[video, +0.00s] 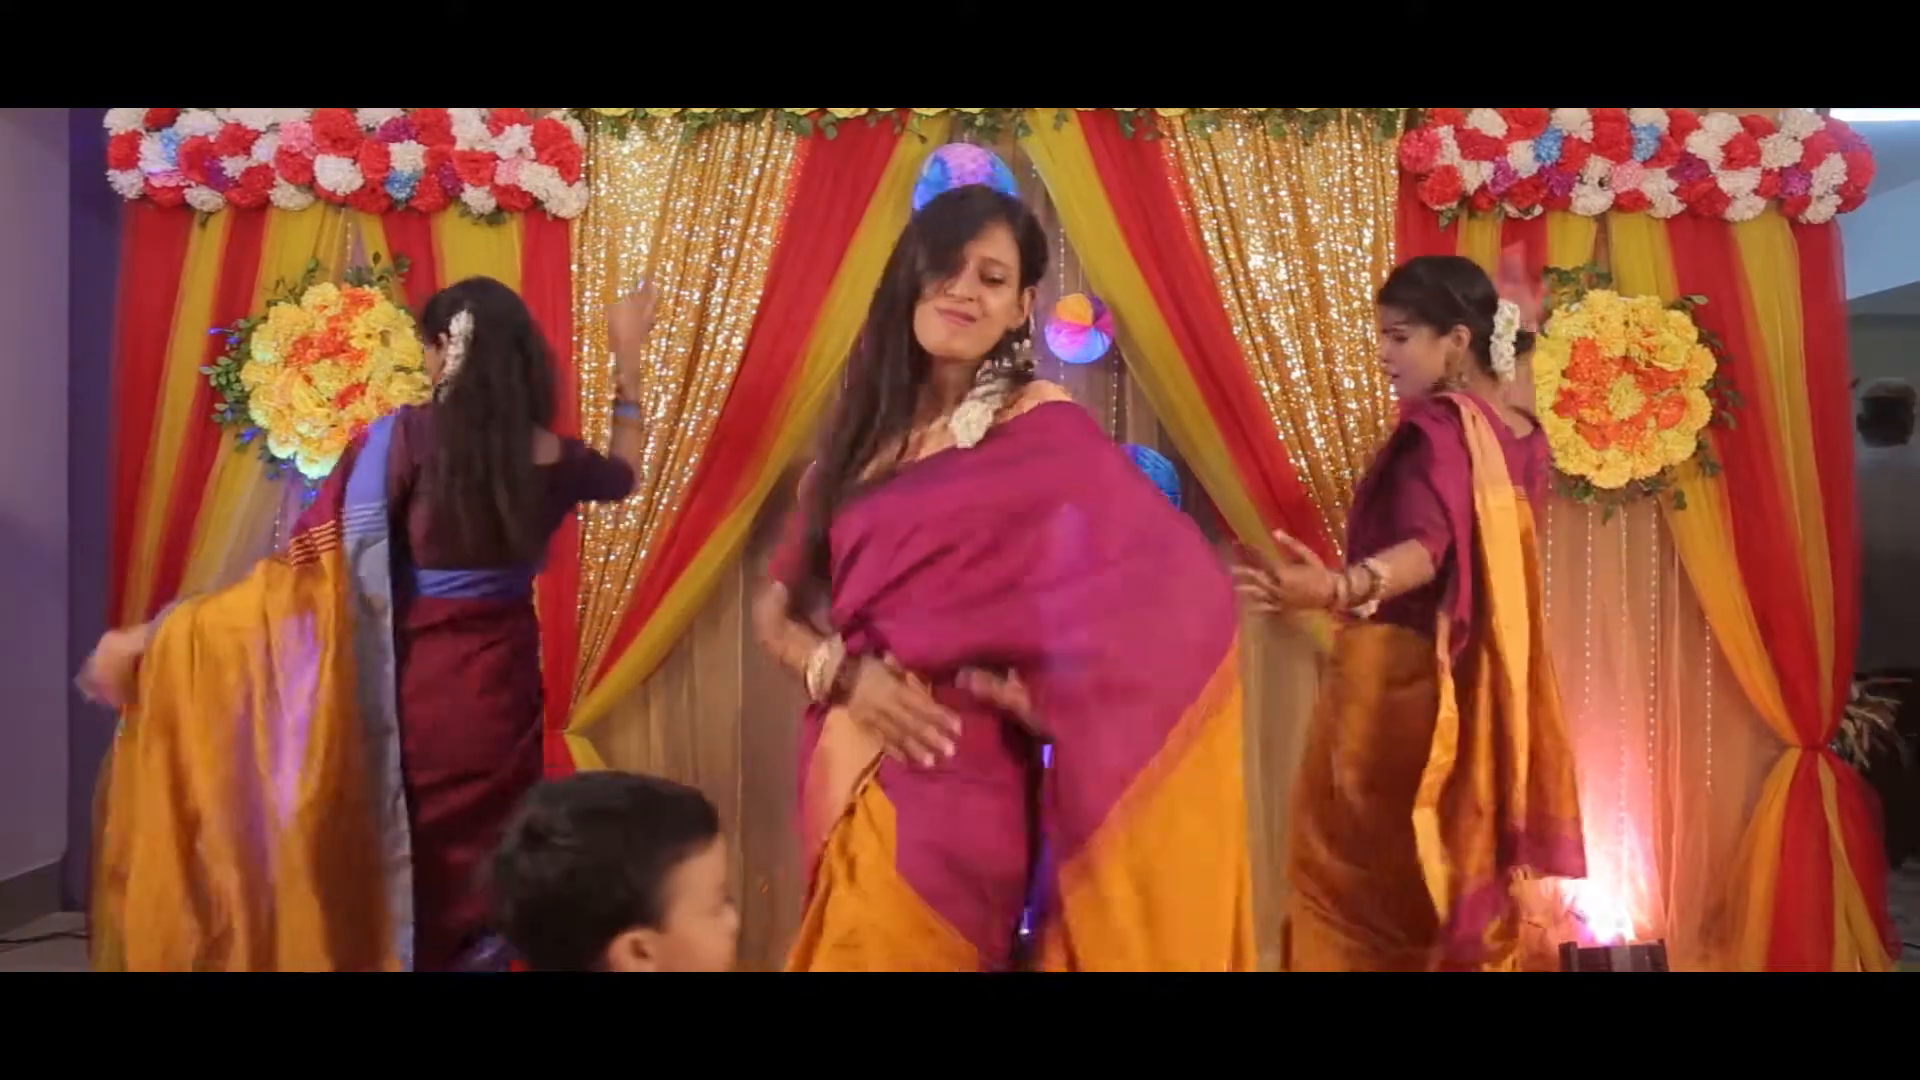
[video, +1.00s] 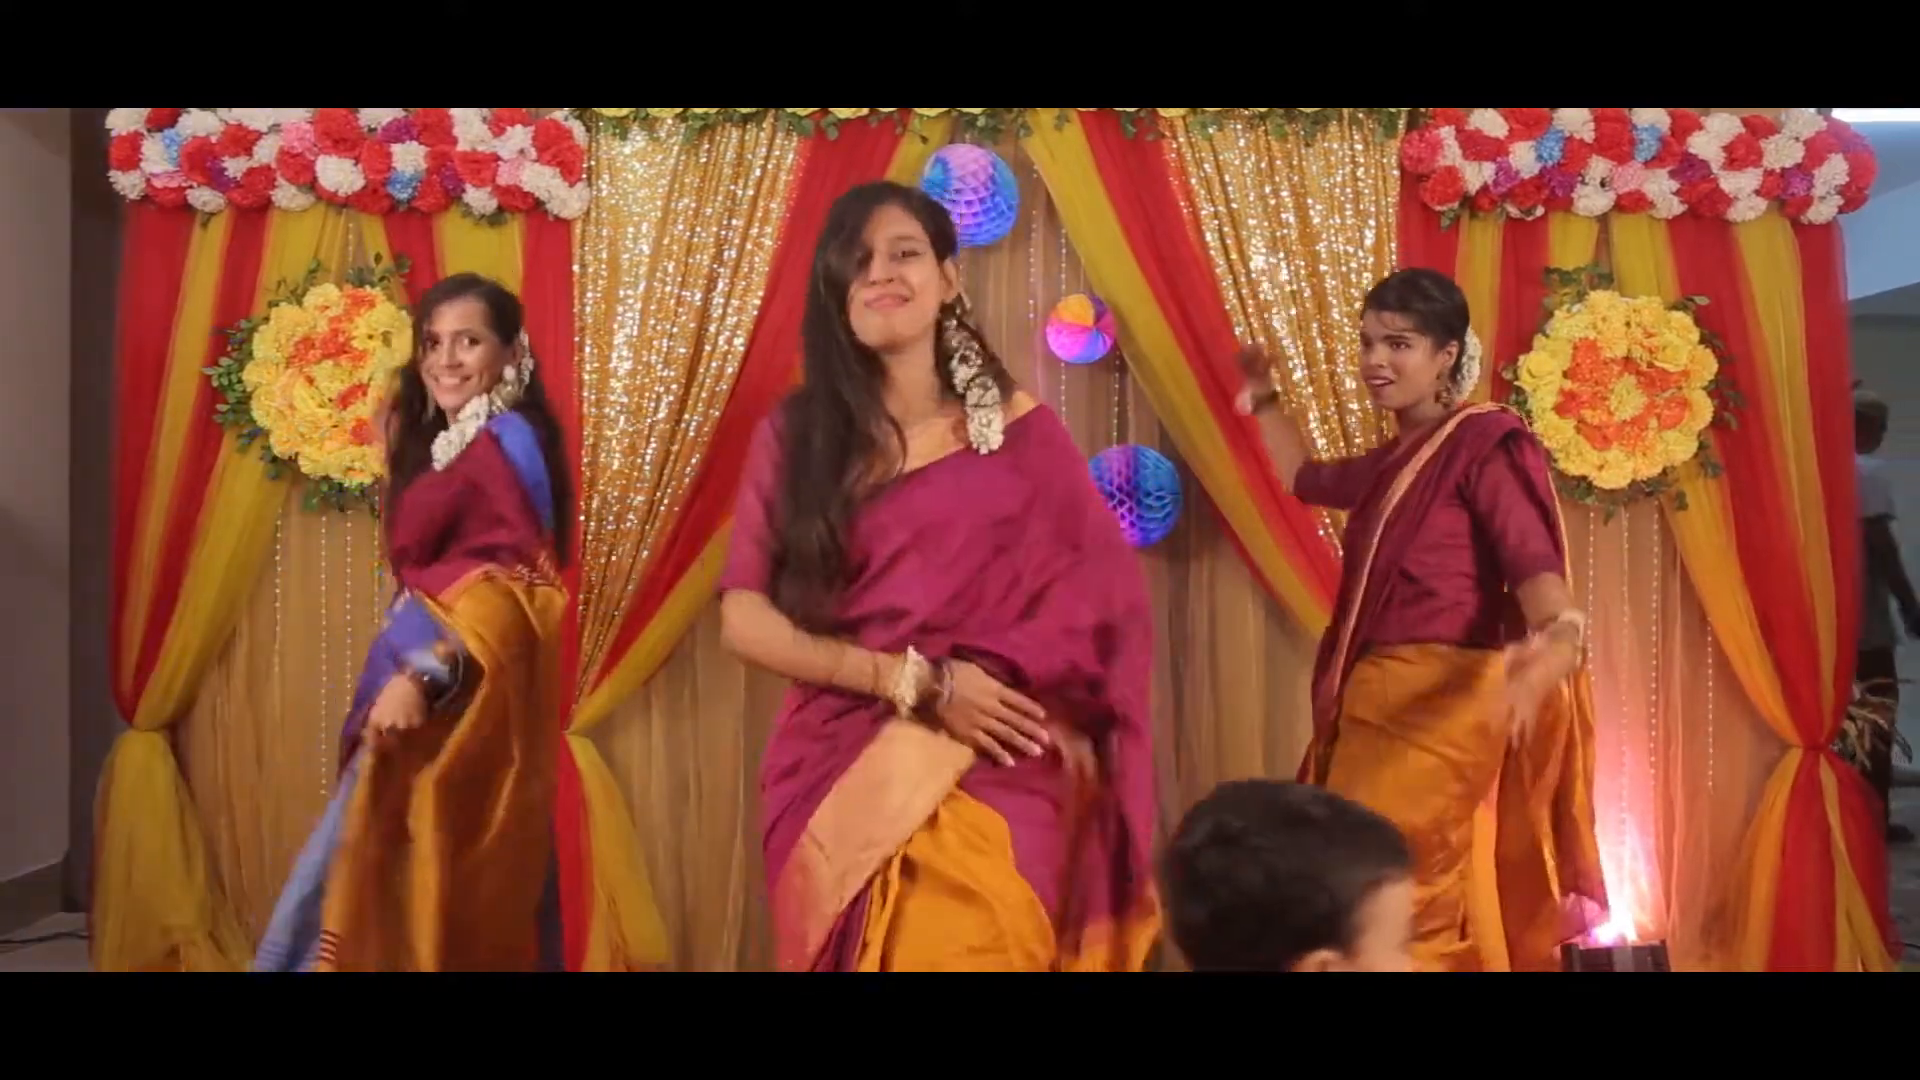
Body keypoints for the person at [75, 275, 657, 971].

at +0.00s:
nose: (430, 358)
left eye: (435, 341)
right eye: (434, 339)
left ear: (454, 350)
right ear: (524, 353)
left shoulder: (398, 439)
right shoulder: (549, 456)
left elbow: (304, 563)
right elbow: (623, 473)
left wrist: (150, 639)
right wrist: (629, 359)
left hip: (414, 667)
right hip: (504, 667)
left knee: (409, 846)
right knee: (497, 839)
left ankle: (413, 959)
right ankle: (487, 958)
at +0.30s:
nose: (415, 369)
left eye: (426, 350)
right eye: (413, 352)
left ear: (484, 347)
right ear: (491, 352)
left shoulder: (428, 445)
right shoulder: (568, 450)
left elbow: (387, 599)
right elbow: (524, 422)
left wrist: (218, 638)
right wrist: (546, 354)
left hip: (416, 691)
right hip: (499, 693)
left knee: (395, 879)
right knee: (477, 876)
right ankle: (475, 962)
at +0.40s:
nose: (414, 370)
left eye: (428, 350)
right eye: (411, 353)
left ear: (489, 349)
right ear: (492, 354)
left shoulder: (434, 447)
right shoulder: (544, 447)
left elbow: (392, 605)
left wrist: (227, 636)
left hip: (428, 707)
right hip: (499, 705)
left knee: (406, 911)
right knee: (481, 921)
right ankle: (480, 960)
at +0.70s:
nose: (414, 366)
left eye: (433, 347)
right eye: (406, 351)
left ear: (488, 355)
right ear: (398, 355)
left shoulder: (458, 440)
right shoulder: (496, 438)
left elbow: (422, 586)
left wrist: (311, 665)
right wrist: (313, 673)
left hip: (459, 717)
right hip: (486, 711)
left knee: (438, 915)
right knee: (463, 915)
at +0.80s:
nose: (430, 343)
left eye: (449, 325)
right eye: (417, 327)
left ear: (497, 335)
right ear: (407, 338)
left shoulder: (477, 428)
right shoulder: (450, 424)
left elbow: (473, 576)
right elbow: (416, 569)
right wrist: (352, 664)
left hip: (449, 683)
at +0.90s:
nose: (440, 336)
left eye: (461, 319)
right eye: (427, 319)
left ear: (506, 331)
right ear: (414, 329)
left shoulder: (497, 418)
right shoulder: (452, 414)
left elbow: (494, 565)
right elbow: (450, 554)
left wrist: (420, 659)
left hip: (462, 672)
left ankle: (294, 954)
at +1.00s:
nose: (448, 358)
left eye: (468, 341)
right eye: (434, 342)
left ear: (509, 355)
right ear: (421, 355)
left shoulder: (504, 439)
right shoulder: (454, 439)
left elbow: (508, 585)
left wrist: (422, 676)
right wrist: (401, 449)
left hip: (458, 714)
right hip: (424, 713)